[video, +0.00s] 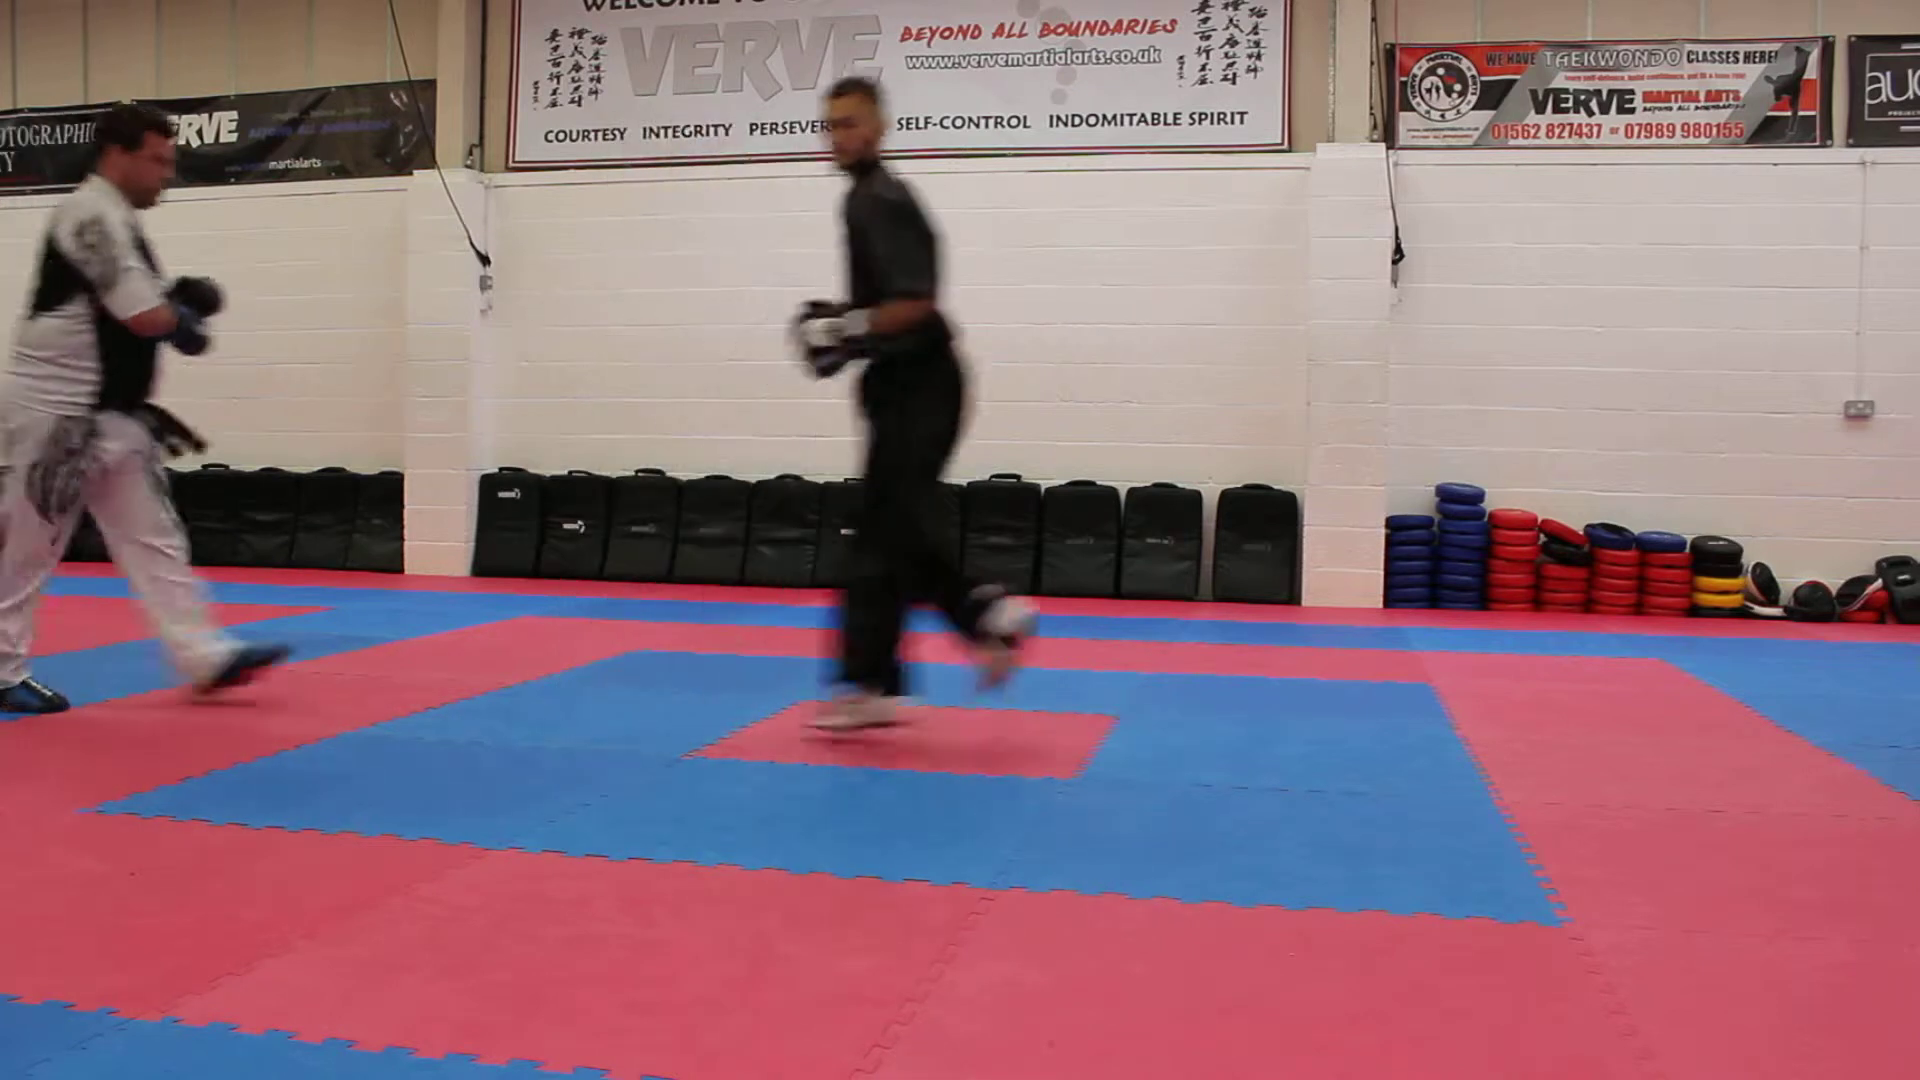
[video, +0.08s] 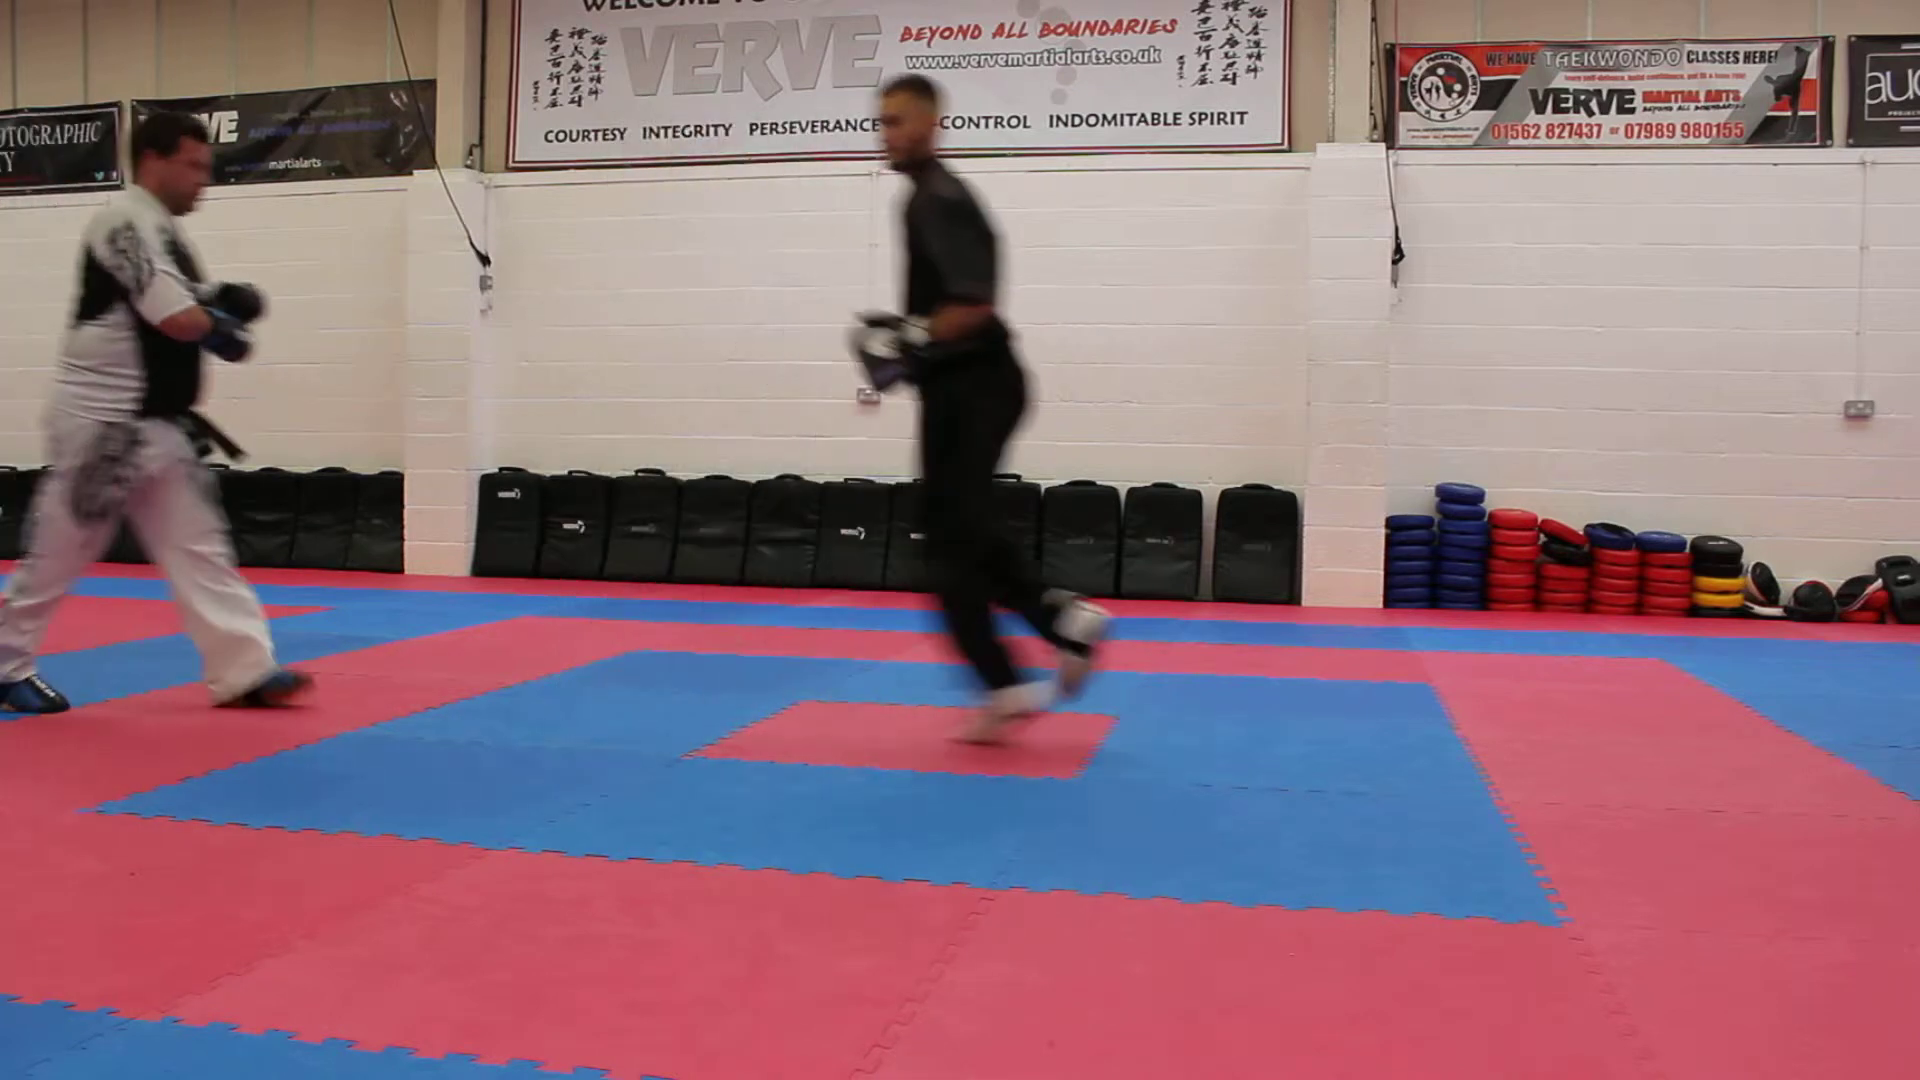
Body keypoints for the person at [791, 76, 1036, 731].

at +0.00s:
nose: (838, 135)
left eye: (850, 123)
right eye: (832, 125)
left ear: (879, 126)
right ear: (830, 131)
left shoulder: (887, 201)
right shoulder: (863, 199)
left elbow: (914, 303)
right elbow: (884, 297)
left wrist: (847, 330)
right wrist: (841, 321)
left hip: (921, 379)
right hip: (898, 378)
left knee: (893, 517)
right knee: (888, 520)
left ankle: (989, 615)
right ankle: (871, 683)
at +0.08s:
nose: (884, 134)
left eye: (895, 121)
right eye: (881, 122)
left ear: (932, 124)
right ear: (896, 127)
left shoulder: (945, 202)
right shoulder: (923, 199)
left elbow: (973, 306)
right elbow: (940, 300)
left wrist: (910, 338)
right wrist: (903, 347)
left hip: (980, 380)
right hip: (955, 380)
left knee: (955, 527)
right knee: (950, 532)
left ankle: (1067, 622)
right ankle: (1003, 685)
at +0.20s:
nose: (966, 161)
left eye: (977, 148)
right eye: (967, 148)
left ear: (1013, 155)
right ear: (996, 157)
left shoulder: (1030, 236)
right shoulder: (1014, 232)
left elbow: (1054, 347)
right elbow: (1029, 340)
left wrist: (987, 381)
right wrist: (986, 377)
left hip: (1067, 423)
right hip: (1047, 421)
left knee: (1057, 570)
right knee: (1055, 568)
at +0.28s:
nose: (1016, 156)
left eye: (1027, 144)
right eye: (1019, 144)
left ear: (1062, 149)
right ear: (1061, 152)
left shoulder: (1073, 230)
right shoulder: (1084, 223)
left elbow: (1096, 333)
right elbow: (1097, 330)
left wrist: (1029, 363)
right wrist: (1035, 358)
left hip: (1110, 419)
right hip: (1134, 413)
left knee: (1067, 565)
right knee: (1135, 561)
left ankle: (1112, 713)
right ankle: (1247, 657)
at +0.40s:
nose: (1101, 141)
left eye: (1114, 129)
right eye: (1104, 129)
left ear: (1149, 136)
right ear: (1147, 138)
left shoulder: (1155, 214)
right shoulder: (1171, 209)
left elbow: (1183, 317)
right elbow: (1177, 314)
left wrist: (1117, 343)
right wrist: (1118, 342)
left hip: (1190, 405)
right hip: (1226, 399)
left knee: (1134, 549)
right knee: (1261, 550)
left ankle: (1130, 706)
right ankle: (1366, 666)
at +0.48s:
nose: (1158, 161)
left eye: (1169, 150)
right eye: (1161, 149)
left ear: (1202, 157)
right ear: (1208, 158)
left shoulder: (1210, 239)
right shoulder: (1240, 231)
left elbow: (1230, 348)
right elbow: (1241, 338)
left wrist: (1165, 371)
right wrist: (1171, 365)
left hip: (1246, 431)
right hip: (1285, 424)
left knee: (1161, 541)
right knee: (1325, 561)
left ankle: (1193, 700)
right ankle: (1430, 694)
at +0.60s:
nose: (1225, 187)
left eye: (1236, 173)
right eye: (1228, 173)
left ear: (1273, 183)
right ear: (1283, 186)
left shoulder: (1270, 265)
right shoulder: (1324, 260)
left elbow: (1287, 381)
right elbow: (1314, 382)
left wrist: (1237, 394)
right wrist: (1230, 408)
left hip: (1308, 466)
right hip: (1360, 463)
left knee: (1216, 571)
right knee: (1390, 598)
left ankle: (1240, 718)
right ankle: (1468, 728)